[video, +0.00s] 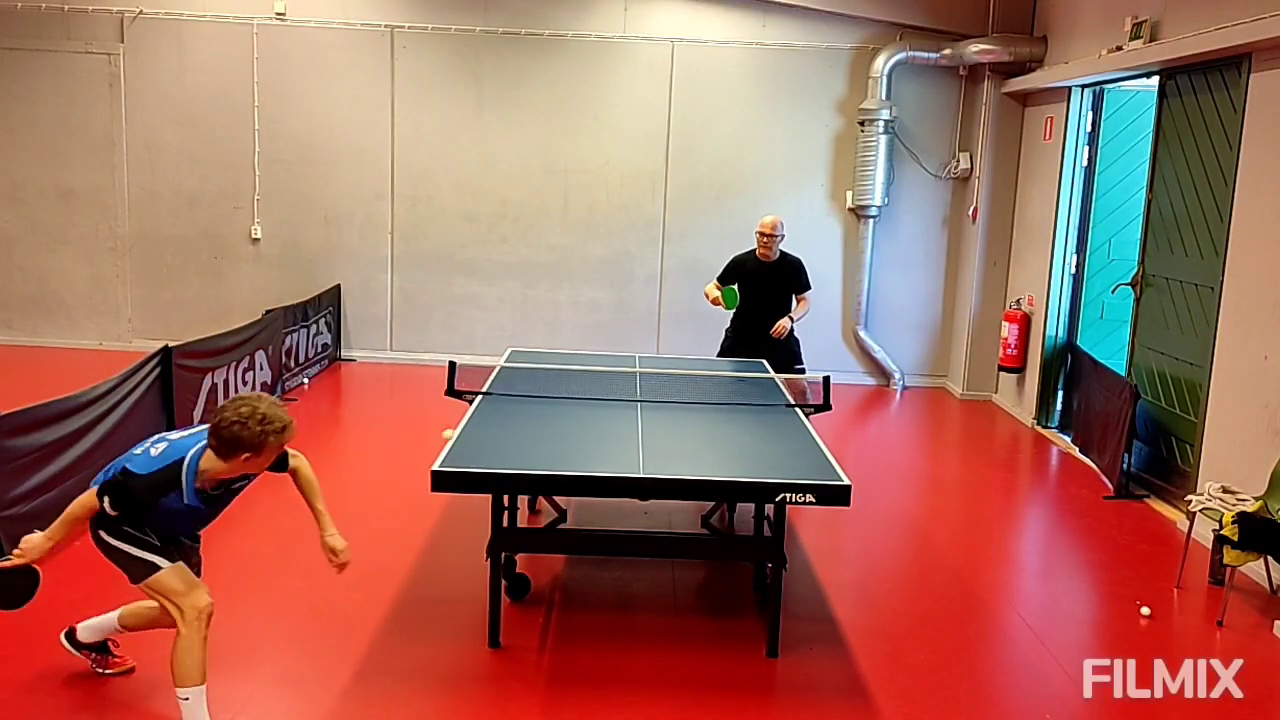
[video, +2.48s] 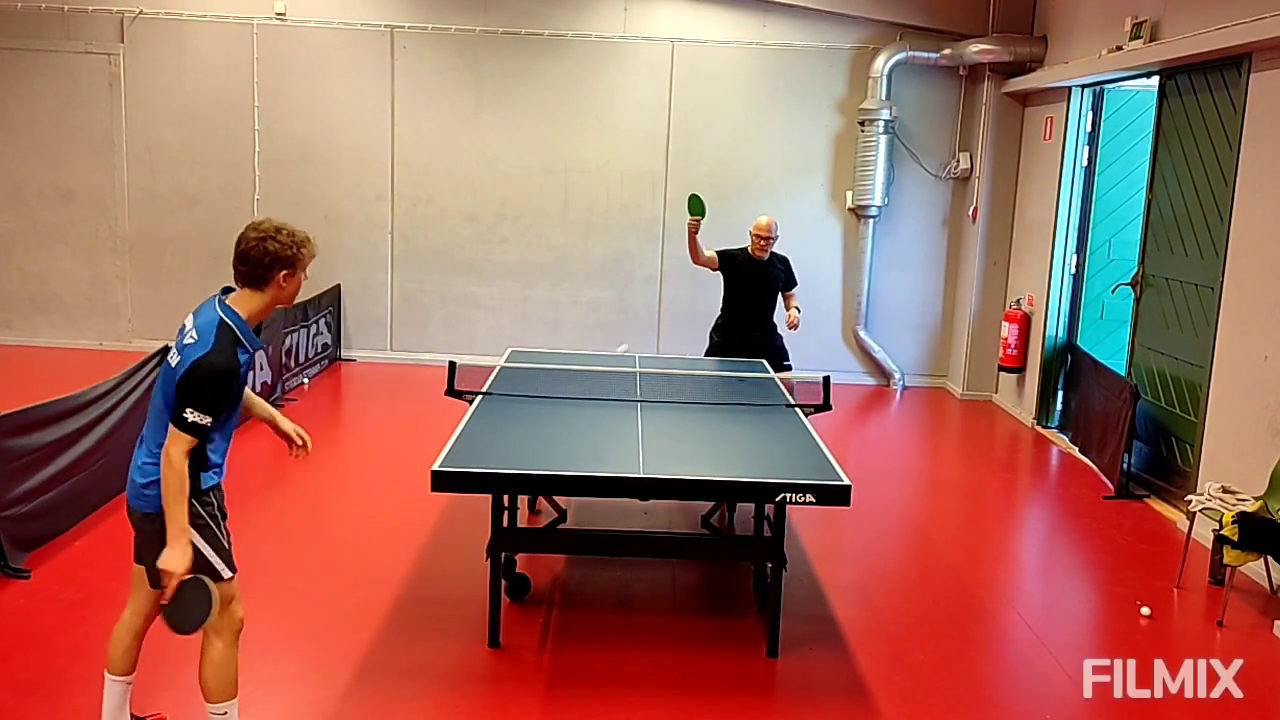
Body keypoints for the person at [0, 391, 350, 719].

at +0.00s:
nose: (281, 455)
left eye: (279, 448)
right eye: (276, 450)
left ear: (246, 451)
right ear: (248, 459)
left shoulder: (245, 451)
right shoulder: (154, 476)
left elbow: (298, 464)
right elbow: (91, 500)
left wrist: (328, 529)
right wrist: (47, 540)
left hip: (178, 529)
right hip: (122, 523)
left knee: (178, 614)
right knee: (197, 606)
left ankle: (85, 635)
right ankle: (197, 715)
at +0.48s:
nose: (201, 247)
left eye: (201, 237)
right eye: (199, 238)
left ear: (143, 241)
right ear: (178, 242)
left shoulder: (100, 304)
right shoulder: (189, 303)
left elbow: (86, 380)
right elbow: (269, 263)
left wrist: (135, 361)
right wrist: (240, 192)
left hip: (129, 468)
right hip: (184, 469)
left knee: (128, 559)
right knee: (229, 593)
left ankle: (81, 667)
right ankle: (215, 715)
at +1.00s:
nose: (235, 273)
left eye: (235, 264)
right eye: (232, 265)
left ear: (178, 263)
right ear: (210, 270)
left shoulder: (130, 304)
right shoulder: (176, 339)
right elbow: (143, 434)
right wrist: (210, 481)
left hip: (104, 482)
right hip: (147, 490)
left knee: (122, 573)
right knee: (225, 593)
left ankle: (81, 681)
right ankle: (224, 715)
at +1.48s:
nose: (390, 343)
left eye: (392, 334)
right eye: (387, 333)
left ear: (339, 325)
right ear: (355, 330)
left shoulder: (280, 341)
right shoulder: (317, 396)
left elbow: (209, 385)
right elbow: (343, 492)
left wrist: (218, 446)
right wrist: (424, 505)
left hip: (175, 489)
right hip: (212, 512)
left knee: (152, 596)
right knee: (302, 616)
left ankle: (99, 693)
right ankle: (280, 715)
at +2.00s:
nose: (318, 262)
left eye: (316, 252)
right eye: (316, 253)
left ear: (257, 257)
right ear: (303, 263)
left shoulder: (207, 311)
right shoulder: (298, 346)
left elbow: (159, 387)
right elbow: (327, 438)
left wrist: (207, 405)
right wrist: (386, 403)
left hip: (192, 493)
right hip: (249, 503)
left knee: (167, 606)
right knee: (305, 609)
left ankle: (120, 713)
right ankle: (279, 716)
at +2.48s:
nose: (303, 282)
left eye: (303, 273)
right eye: (301, 274)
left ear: (252, 271)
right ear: (282, 280)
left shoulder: (224, 307)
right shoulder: (219, 359)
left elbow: (227, 387)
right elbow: (175, 454)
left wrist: (275, 419)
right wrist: (177, 538)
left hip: (154, 485)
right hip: (188, 494)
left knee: (144, 602)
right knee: (225, 619)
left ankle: (114, 714)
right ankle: (223, 718)